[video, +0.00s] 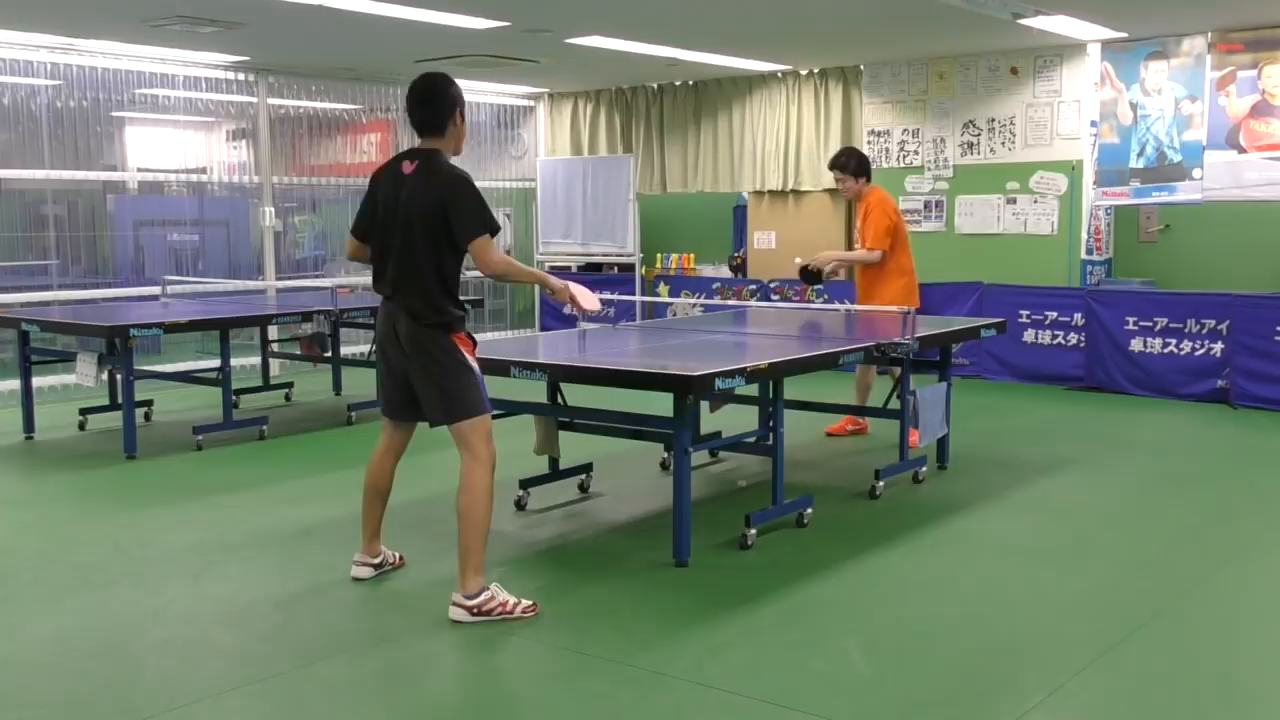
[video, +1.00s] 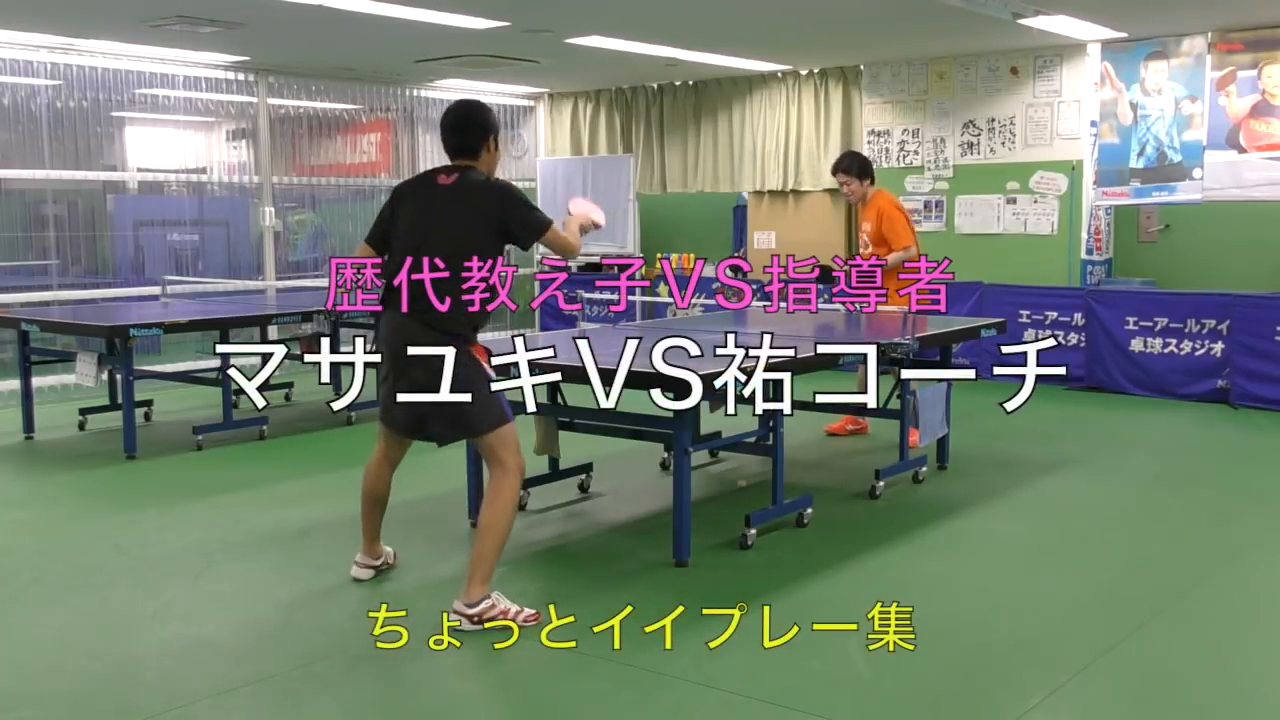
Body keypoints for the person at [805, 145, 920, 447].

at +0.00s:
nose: (839, 187)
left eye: (843, 181)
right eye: (837, 181)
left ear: (861, 177)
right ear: (844, 178)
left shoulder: (879, 203)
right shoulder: (864, 203)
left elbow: (875, 254)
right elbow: (867, 250)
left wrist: (834, 256)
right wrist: (842, 264)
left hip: (893, 298)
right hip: (872, 297)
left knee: (893, 360)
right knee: (867, 356)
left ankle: (916, 420)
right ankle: (858, 417)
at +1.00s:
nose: (844, 191)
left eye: (848, 184)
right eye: (841, 185)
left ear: (865, 179)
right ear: (845, 183)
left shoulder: (886, 206)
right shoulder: (866, 206)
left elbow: (909, 250)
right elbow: (873, 249)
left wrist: (876, 265)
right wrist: (854, 264)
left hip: (898, 298)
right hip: (876, 298)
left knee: (901, 363)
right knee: (867, 357)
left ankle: (913, 423)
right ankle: (857, 416)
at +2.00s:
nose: (839, 184)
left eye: (843, 177)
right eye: (837, 178)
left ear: (861, 176)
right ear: (841, 178)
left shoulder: (893, 202)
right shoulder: (844, 211)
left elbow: (914, 241)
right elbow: (824, 245)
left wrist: (882, 252)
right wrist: (805, 237)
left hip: (904, 295)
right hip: (869, 297)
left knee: (914, 359)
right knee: (866, 355)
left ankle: (923, 420)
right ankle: (867, 413)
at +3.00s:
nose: (850, 173)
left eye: (856, 166)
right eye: (846, 168)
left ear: (873, 167)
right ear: (844, 171)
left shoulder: (898, 197)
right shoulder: (846, 207)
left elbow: (920, 237)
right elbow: (834, 249)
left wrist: (886, 246)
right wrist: (821, 248)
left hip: (904, 295)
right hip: (867, 297)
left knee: (913, 357)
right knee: (866, 354)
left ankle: (923, 419)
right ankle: (866, 413)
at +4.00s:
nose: (855, 172)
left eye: (861, 166)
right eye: (852, 167)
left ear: (877, 167)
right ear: (849, 170)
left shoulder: (897, 198)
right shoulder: (855, 206)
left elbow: (918, 238)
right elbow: (852, 249)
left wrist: (886, 244)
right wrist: (834, 271)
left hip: (901, 295)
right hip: (869, 296)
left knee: (911, 359)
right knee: (869, 354)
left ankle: (924, 418)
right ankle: (867, 413)